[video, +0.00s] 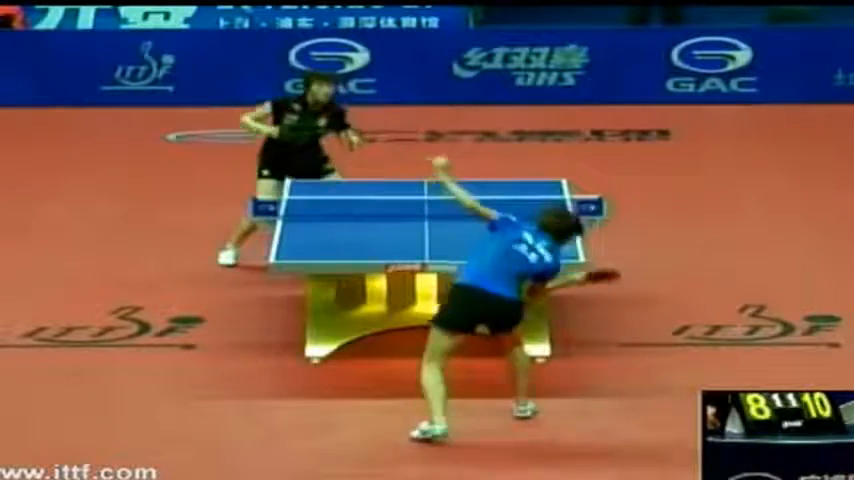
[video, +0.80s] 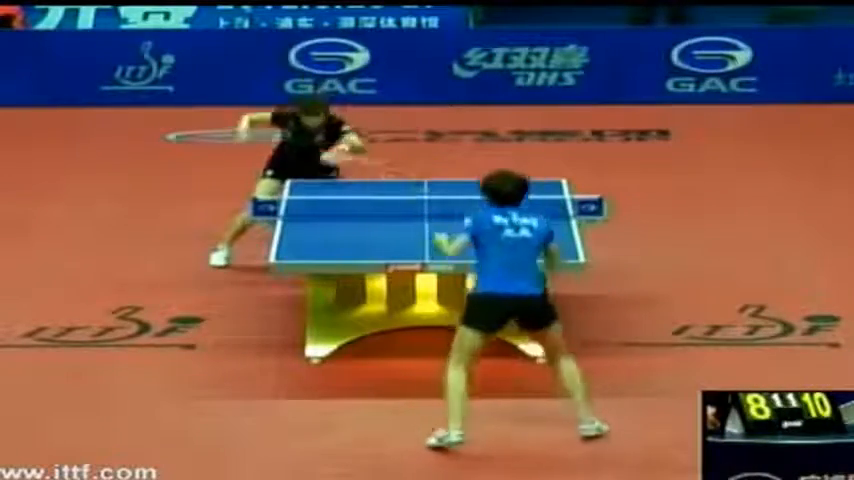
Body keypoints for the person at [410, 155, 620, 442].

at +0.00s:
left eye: (548, 213)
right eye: (567, 236)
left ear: (543, 218)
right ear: (564, 237)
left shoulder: (511, 224)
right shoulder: (551, 261)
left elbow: (473, 207)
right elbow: (533, 295)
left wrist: (444, 177)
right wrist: (572, 281)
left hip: (467, 291)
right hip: (505, 302)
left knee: (432, 361)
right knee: (515, 345)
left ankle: (437, 422)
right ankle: (522, 403)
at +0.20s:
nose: (533, 214)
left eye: (537, 213)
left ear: (536, 219)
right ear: (557, 233)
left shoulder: (516, 229)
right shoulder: (549, 258)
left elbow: (491, 211)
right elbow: (538, 290)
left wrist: (469, 182)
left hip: (484, 300)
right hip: (518, 308)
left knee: (423, 354)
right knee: (516, 347)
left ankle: (435, 410)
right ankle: (521, 402)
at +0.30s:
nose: (518, 209)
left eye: (521, 207)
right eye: (521, 208)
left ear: (524, 211)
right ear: (547, 222)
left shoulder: (508, 223)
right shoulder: (542, 247)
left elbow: (481, 211)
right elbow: (539, 286)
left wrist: (457, 184)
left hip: (486, 298)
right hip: (522, 306)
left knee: (429, 356)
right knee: (517, 346)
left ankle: (436, 418)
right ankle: (521, 401)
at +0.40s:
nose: (501, 190)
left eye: (505, 187)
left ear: (507, 192)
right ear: (535, 197)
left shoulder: (497, 207)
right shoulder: (541, 222)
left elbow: (460, 209)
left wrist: (434, 187)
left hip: (488, 285)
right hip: (528, 289)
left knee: (447, 351)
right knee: (538, 346)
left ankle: (436, 420)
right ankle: (534, 401)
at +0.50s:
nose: (491, 194)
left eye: (494, 190)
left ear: (499, 191)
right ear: (528, 193)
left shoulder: (491, 208)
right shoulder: (540, 220)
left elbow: (452, 219)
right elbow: (539, 252)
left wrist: (428, 204)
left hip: (492, 285)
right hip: (532, 287)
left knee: (453, 352)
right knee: (545, 345)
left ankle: (438, 422)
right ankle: (563, 406)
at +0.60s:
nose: (484, 206)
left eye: (486, 202)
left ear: (492, 204)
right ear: (524, 204)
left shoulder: (488, 226)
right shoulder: (540, 231)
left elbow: (463, 253)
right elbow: (548, 271)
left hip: (494, 306)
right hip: (534, 306)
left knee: (461, 367)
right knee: (554, 361)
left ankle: (457, 435)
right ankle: (587, 417)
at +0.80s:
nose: (483, 199)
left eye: (486, 195)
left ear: (489, 197)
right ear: (520, 197)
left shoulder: (481, 221)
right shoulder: (538, 223)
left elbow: (454, 250)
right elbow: (553, 258)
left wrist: (441, 242)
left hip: (488, 296)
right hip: (531, 296)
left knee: (458, 361)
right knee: (560, 356)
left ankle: (454, 430)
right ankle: (587, 420)